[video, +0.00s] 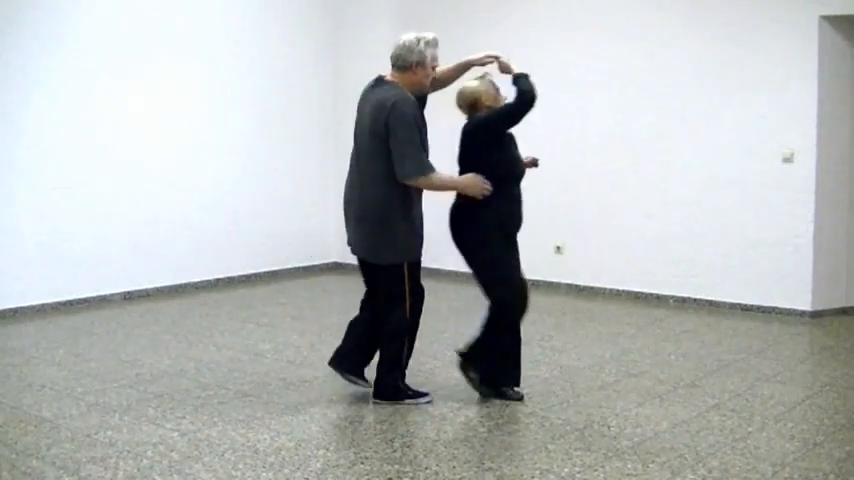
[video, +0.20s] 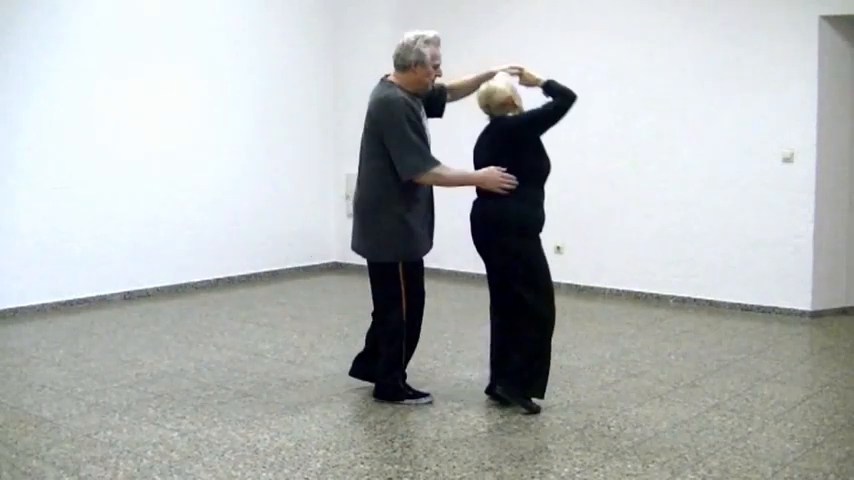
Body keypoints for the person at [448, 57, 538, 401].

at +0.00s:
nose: (500, 93)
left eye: (497, 89)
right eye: (494, 90)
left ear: (477, 101)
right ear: (486, 98)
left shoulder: (491, 129)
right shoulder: (481, 128)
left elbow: (493, 168)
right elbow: (525, 101)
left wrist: (521, 164)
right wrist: (517, 73)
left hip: (493, 223)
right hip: (479, 224)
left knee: (511, 297)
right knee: (511, 297)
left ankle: (498, 378)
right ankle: (474, 360)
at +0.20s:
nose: (519, 95)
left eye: (516, 91)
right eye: (516, 92)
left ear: (486, 106)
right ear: (513, 100)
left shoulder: (486, 138)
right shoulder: (521, 127)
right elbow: (566, 98)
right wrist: (539, 81)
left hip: (488, 230)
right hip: (517, 232)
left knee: (505, 303)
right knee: (539, 306)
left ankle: (500, 382)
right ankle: (519, 388)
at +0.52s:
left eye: (516, 100)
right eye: (540, 98)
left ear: (513, 104)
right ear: (544, 101)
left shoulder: (500, 135)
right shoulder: (559, 131)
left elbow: (483, 178)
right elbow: (580, 157)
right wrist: (550, 138)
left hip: (509, 226)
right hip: (554, 224)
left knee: (511, 304)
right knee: (562, 301)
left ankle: (512, 392)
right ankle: (566, 383)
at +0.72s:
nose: (525, 110)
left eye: (527, 105)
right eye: (526, 104)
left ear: (537, 109)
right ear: (560, 110)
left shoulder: (526, 142)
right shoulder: (581, 144)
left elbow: (500, 197)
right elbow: (575, 189)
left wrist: (474, 181)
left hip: (533, 239)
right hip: (579, 239)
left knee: (522, 315)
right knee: (578, 318)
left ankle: (513, 394)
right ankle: (582, 405)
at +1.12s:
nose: (546, 106)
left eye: (549, 101)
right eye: (547, 100)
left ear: (557, 106)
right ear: (584, 107)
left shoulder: (550, 140)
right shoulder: (603, 144)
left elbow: (515, 190)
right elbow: (614, 199)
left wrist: (476, 184)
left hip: (558, 245)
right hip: (601, 247)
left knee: (547, 321)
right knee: (588, 326)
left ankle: (557, 406)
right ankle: (585, 409)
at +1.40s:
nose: (552, 102)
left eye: (554, 98)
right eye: (554, 97)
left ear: (562, 101)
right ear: (590, 102)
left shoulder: (551, 134)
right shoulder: (608, 133)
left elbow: (510, 178)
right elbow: (631, 167)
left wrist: (483, 159)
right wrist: (598, 153)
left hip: (559, 234)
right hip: (605, 236)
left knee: (540, 309)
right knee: (594, 319)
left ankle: (549, 394)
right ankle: (584, 408)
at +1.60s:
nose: (559, 107)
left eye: (560, 103)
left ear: (562, 107)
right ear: (595, 108)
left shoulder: (547, 141)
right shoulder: (612, 143)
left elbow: (507, 189)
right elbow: (649, 182)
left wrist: (462, 187)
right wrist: (619, 160)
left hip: (553, 248)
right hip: (602, 249)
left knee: (549, 327)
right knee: (592, 327)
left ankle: (551, 417)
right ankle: (584, 408)